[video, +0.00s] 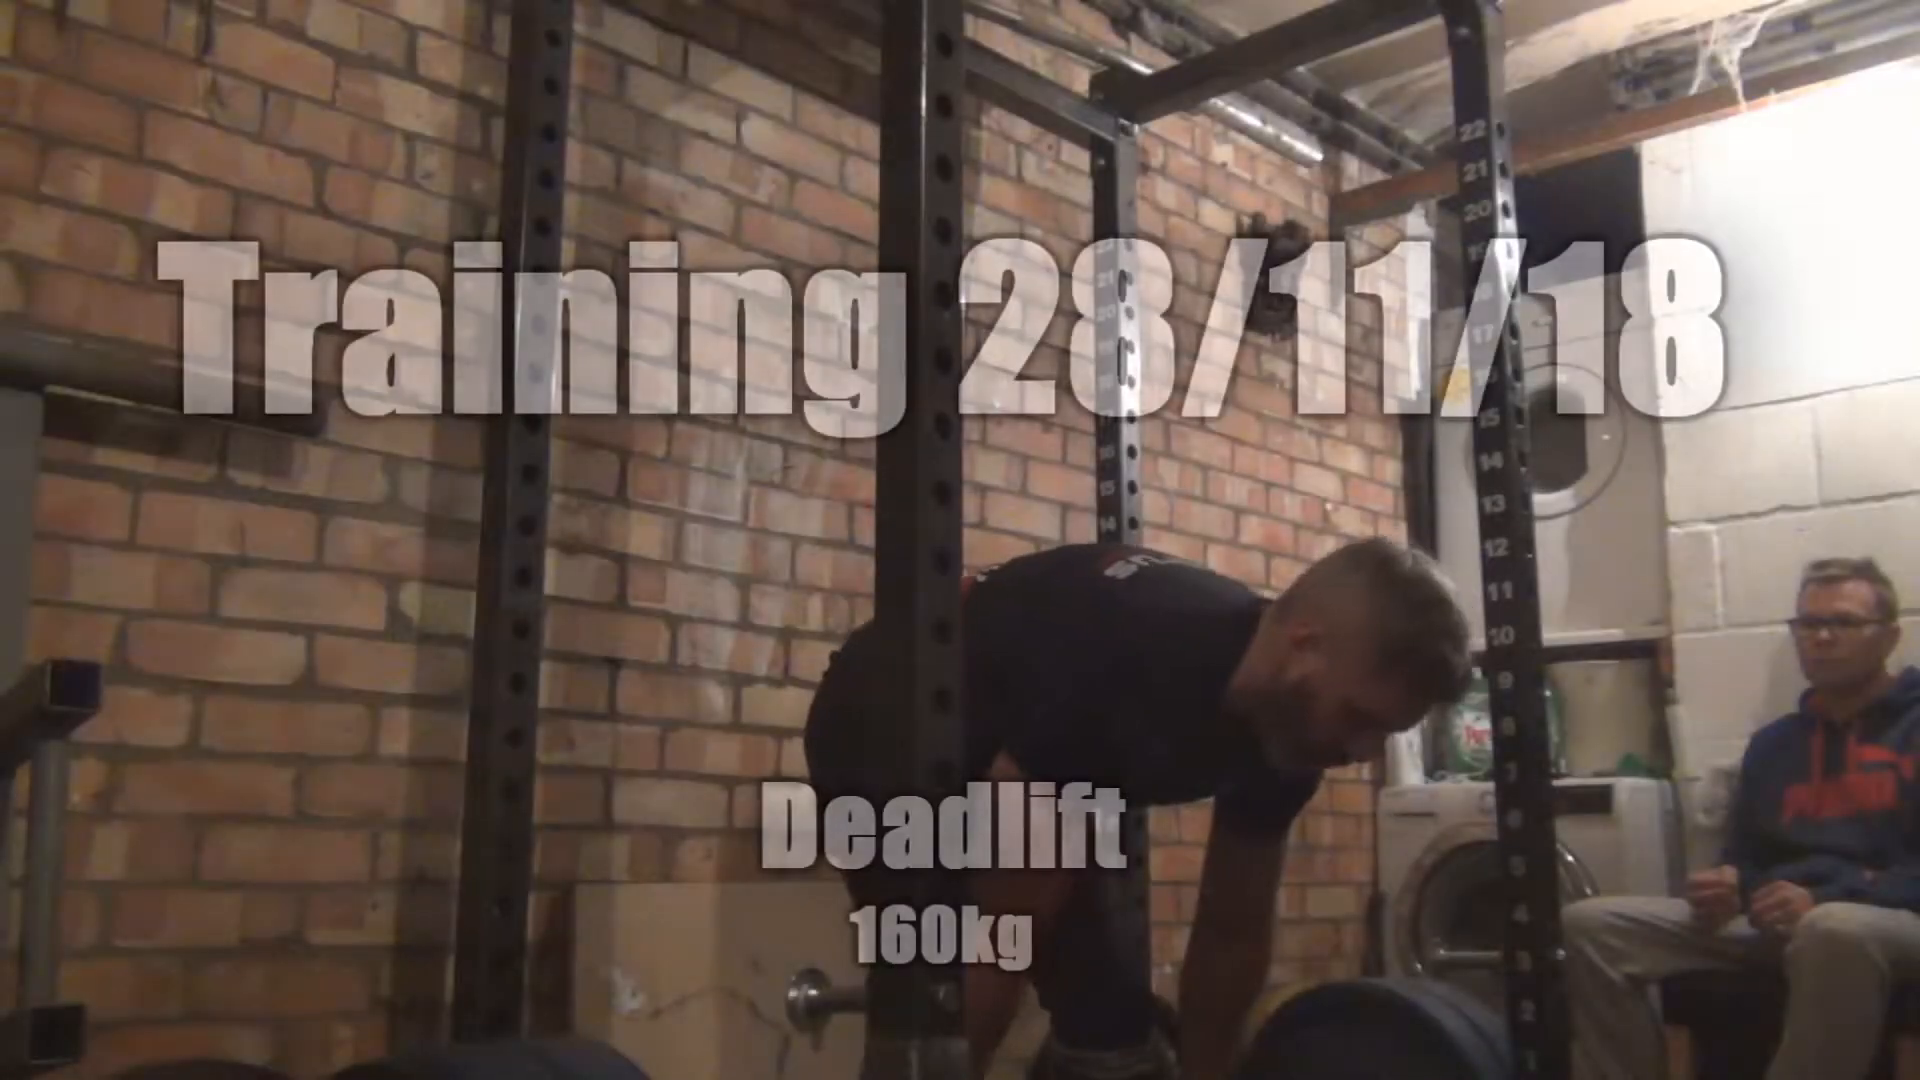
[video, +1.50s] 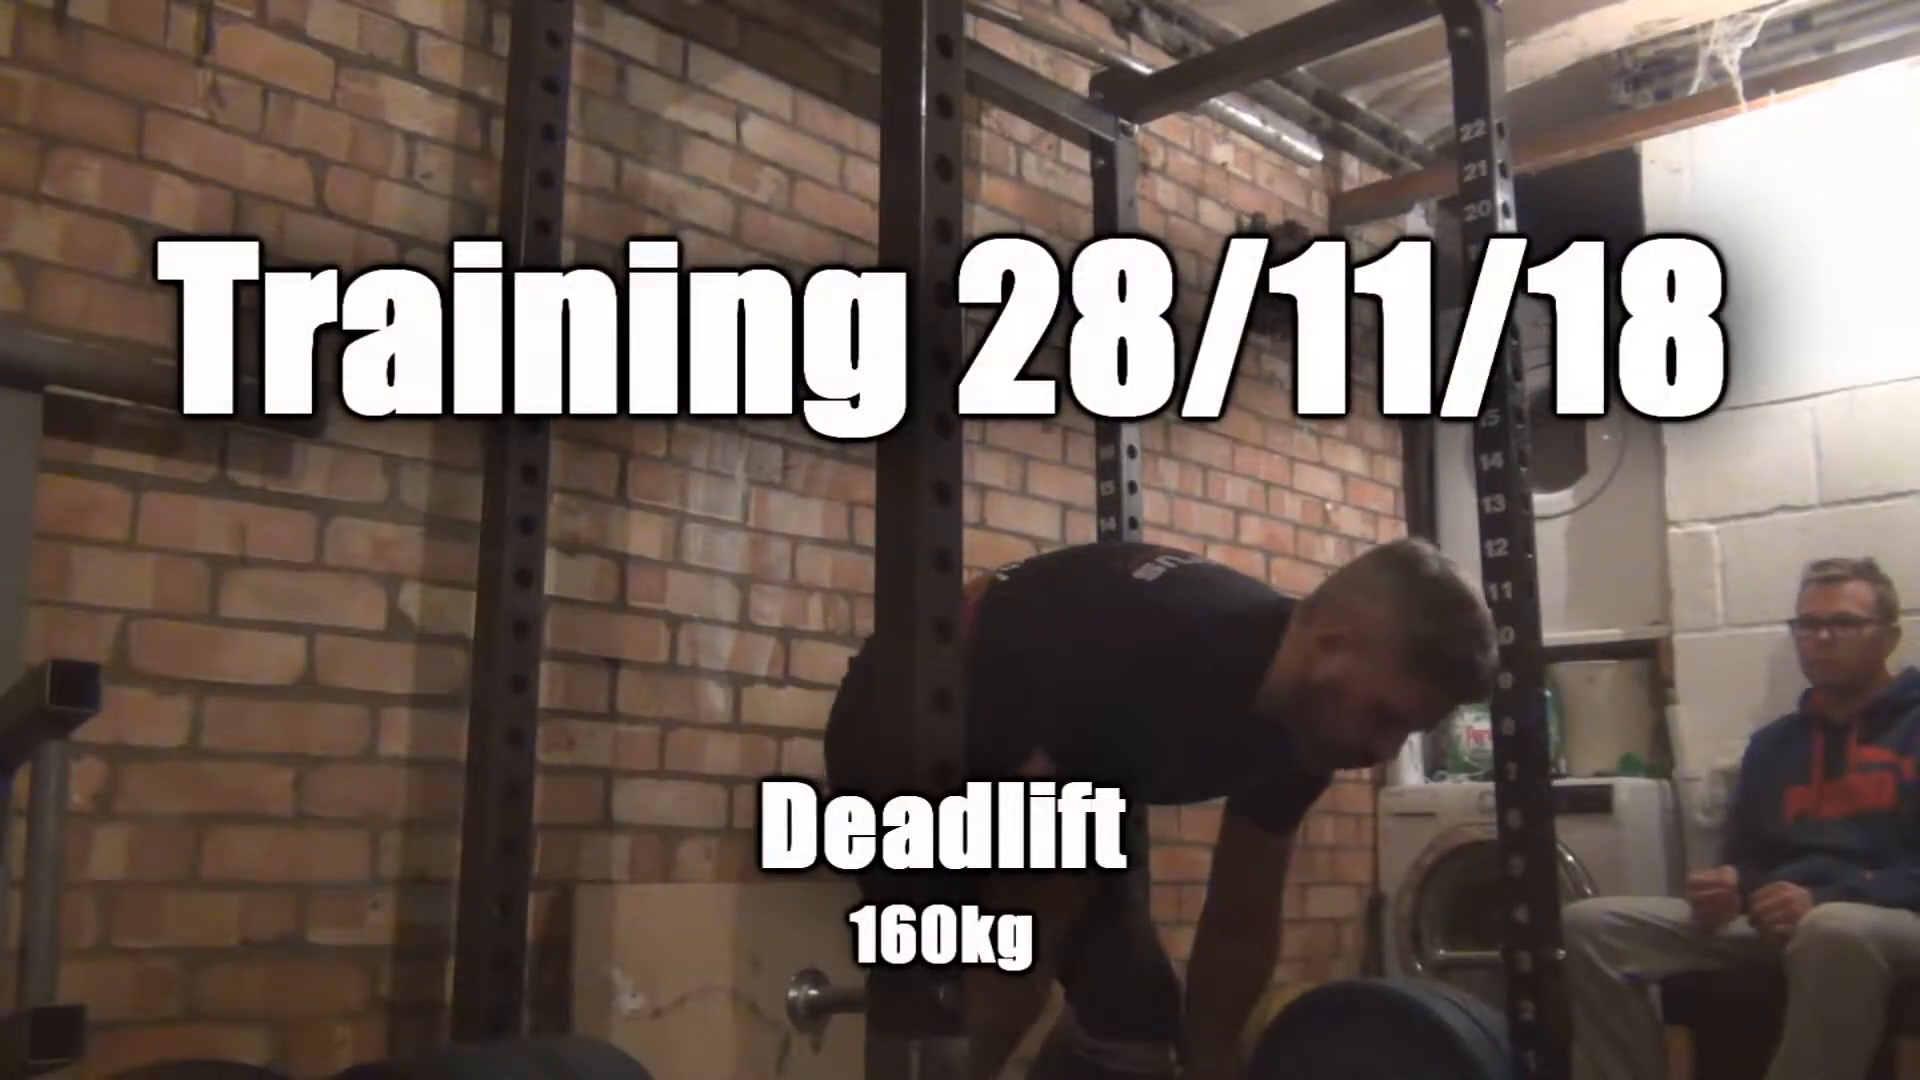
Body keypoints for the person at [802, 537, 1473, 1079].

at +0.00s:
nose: (1361, 752)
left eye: (1381, 736)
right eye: (1358, 720)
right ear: (1297, 646)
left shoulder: (1289, 732)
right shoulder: (1134, 658)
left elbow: (1232, 930)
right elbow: (1007, 920)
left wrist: (1208, 1068)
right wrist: (954, 1065)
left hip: (1051, 778)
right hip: (889, 730)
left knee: (1110, 1035)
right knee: (926, 1020)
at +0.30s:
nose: (1367, 757)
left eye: (1388, 741)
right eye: (1367, 725)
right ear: (1308, 648)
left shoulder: (1299, 730)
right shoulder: (1130, 659)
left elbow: (1238, 928)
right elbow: (1010, 933)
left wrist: (1206, 1073)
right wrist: (958, 1070)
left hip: (1052, 783)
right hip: (893, 739)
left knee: (1128, 1034)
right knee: (930, 1028)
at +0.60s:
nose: (1402, 763)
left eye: (1427, 748)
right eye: (1404, 729)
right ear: (1349, 653)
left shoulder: (1320, 726)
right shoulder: (1191, 674)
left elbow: (1246, 922)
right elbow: (1050, 929)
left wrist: (1214, 1063)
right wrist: (983, 1069)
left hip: (1062, 784)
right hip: (922, 734)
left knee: (1134, 1025)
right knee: (944, 1022)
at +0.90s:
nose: (1362, 754)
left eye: (1380, 735)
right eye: (1358, 722)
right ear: (1295, 644)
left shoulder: (1297, 737)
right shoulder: (1116, 652)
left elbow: (1239, 931)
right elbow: (1012, 942)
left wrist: (1211, 1062)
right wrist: (961, 1063)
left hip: (1072, 792)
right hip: (911, 745)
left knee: (1130, 1032)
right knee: (936, 1024)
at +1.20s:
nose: (1360, 753)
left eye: (1377, 735)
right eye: (1354, 721)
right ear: (1289, 646)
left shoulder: (1296, 734)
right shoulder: (1114, 653)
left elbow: (1237, 928)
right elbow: (1010, 934)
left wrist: (1209, 1068)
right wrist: (948, 1066)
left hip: (1066, 795)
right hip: (905, 752)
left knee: (1132, 1037)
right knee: (944, 1022)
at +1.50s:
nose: (1384, 754)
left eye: (1404, 734)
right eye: (1384, 719)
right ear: (1326, 646)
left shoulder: (1303, 730)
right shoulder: (1145, 648)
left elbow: (1240, 923)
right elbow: (1025, 943)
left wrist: (1211, 1067)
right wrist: (968, 1067)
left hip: (1056, 779)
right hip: (912, 730)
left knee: (1134, 1015)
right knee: (953, 1018)